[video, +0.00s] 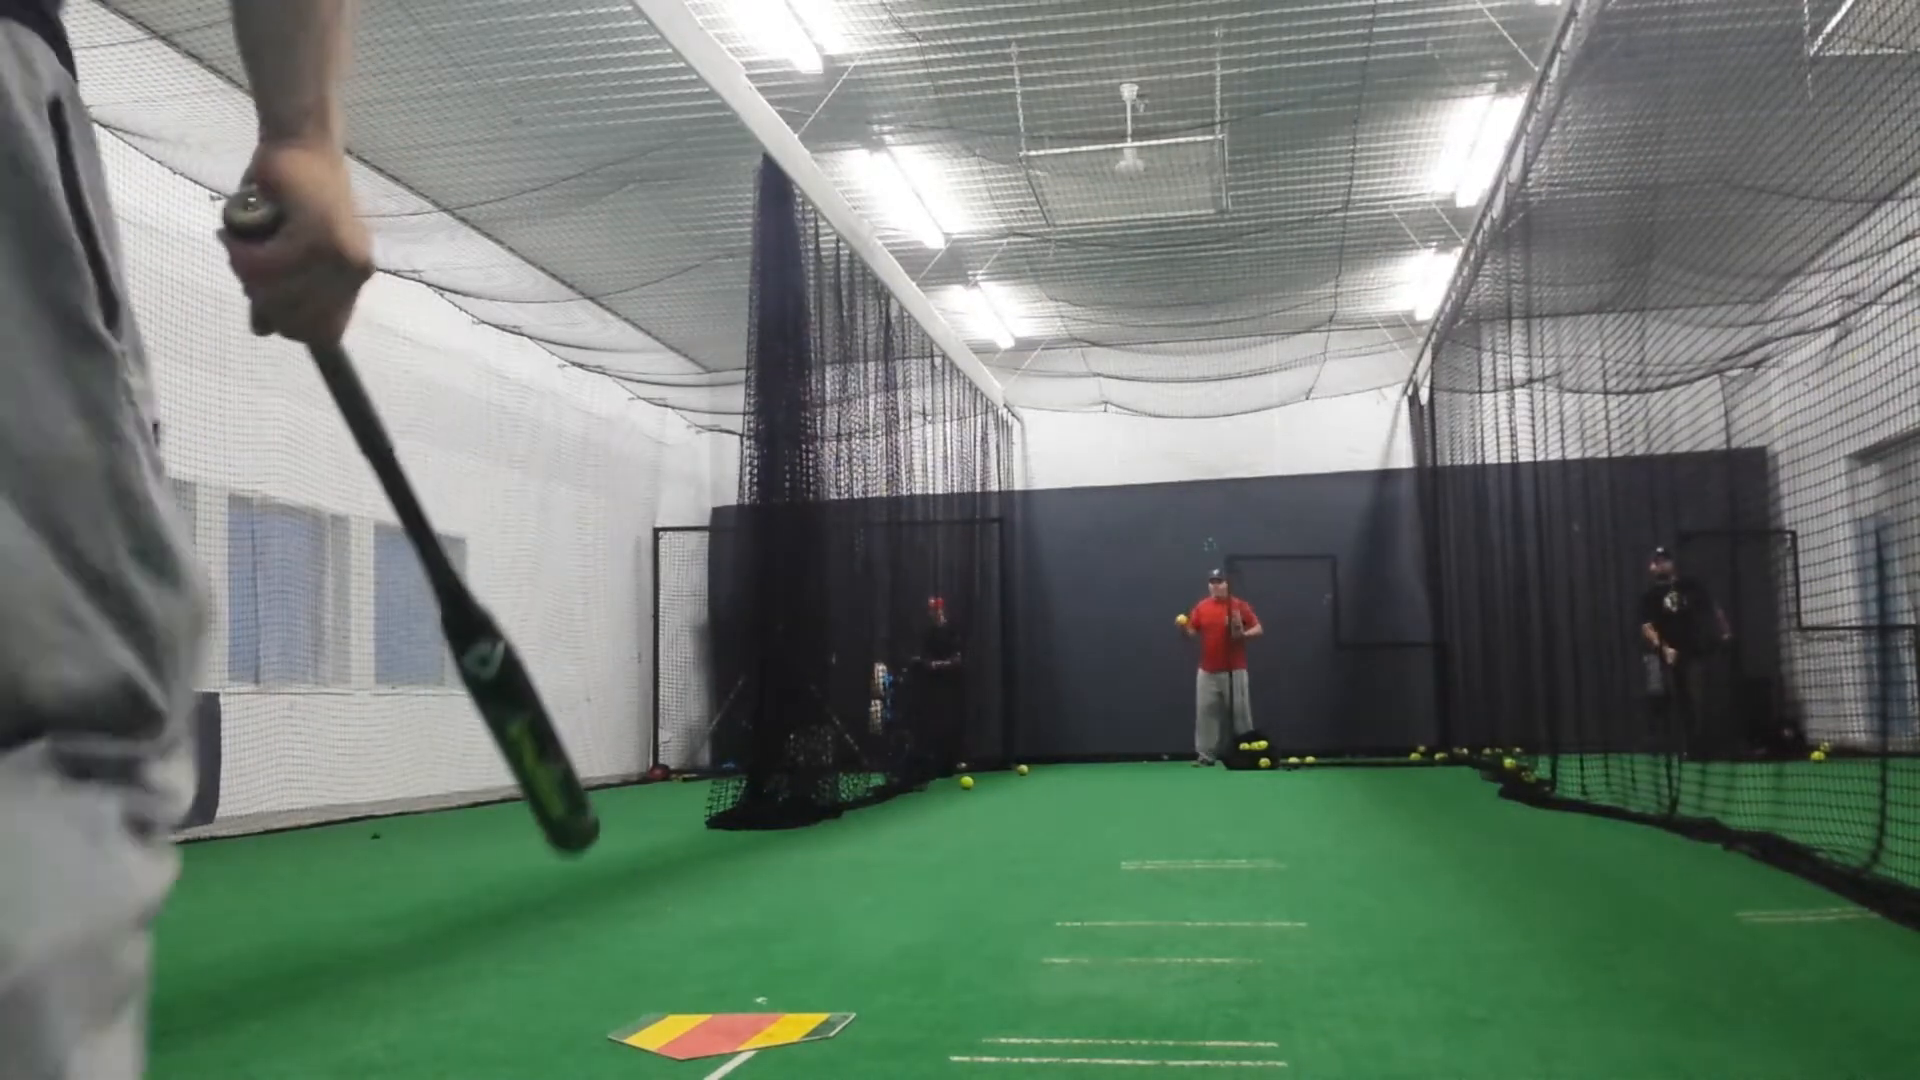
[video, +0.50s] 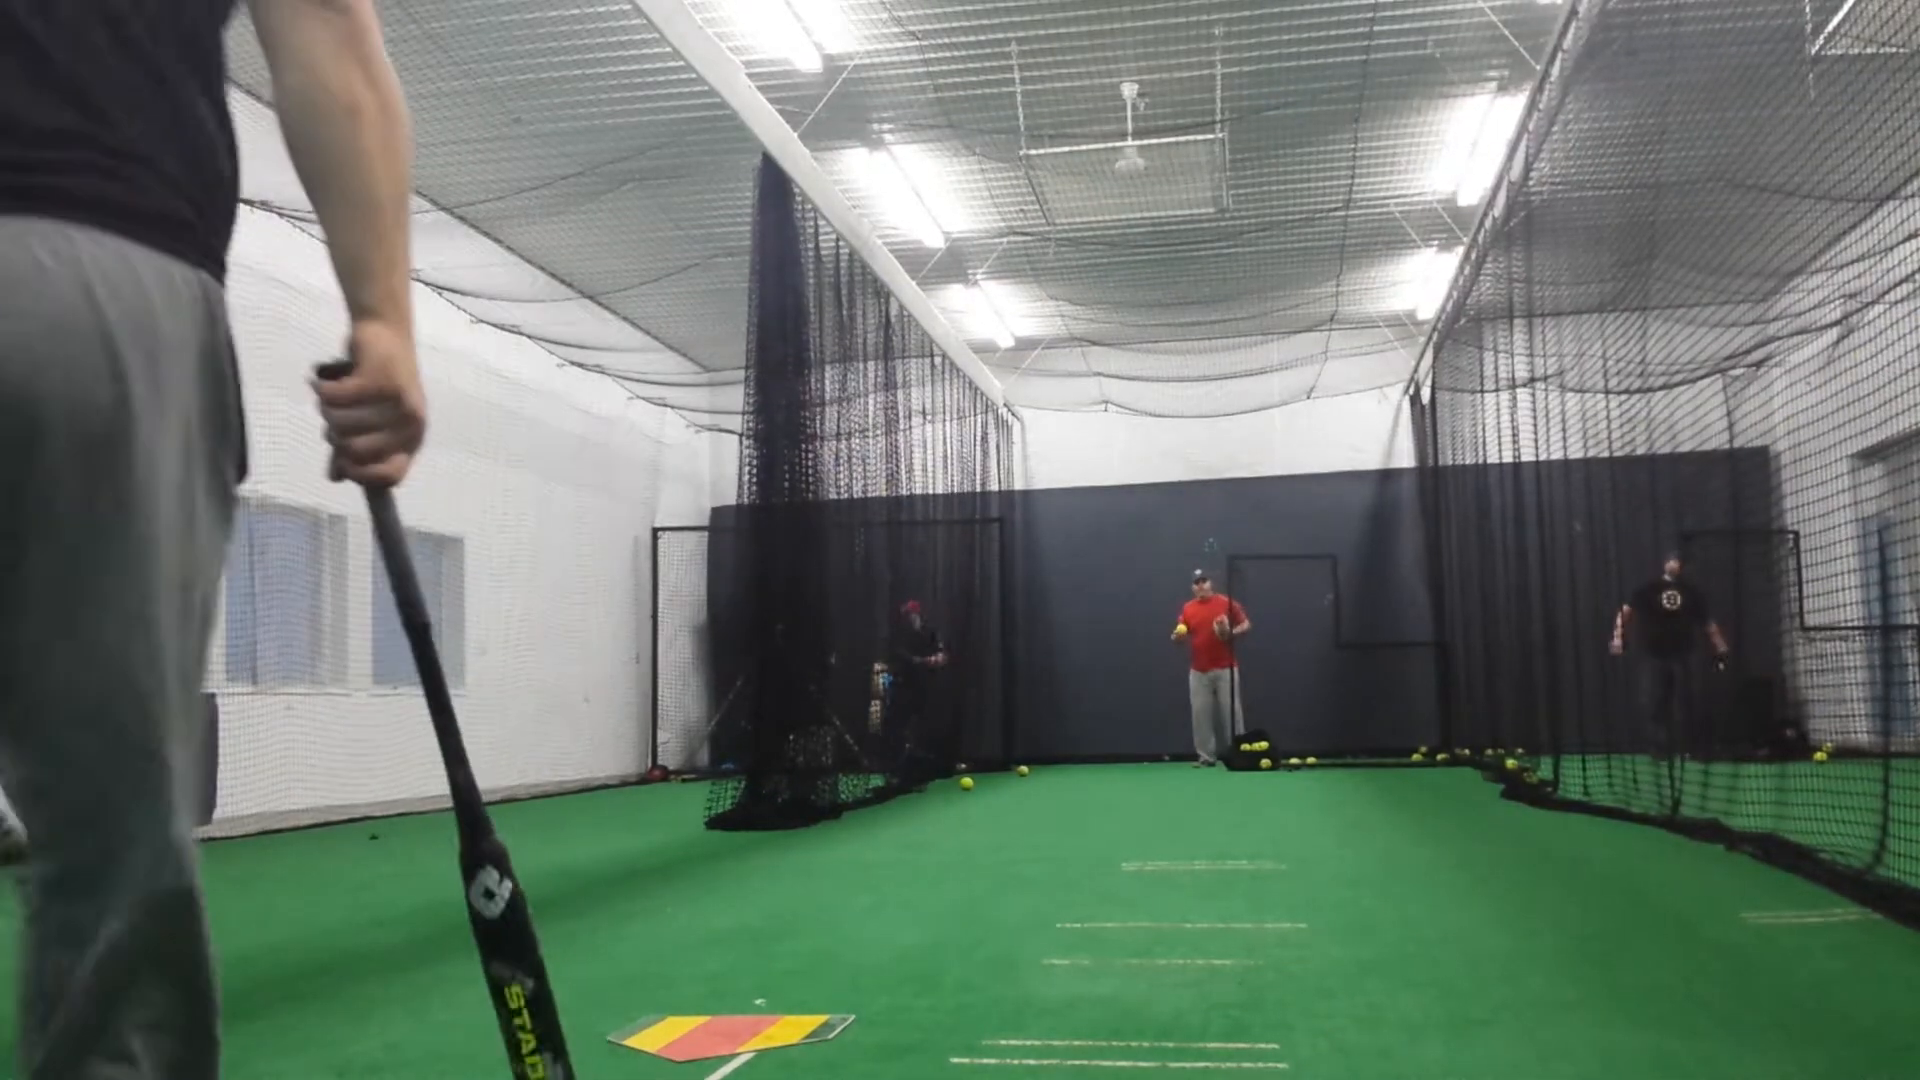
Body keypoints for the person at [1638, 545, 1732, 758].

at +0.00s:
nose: (1661, 568)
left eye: (1664, 562)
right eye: (1656, 563)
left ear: (1673, 564)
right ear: (1651, 568)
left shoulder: (1692, 586)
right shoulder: (1651, 595)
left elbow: (1713, 608)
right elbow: (1647, 626)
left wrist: (1724, 630)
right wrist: (1663, 648)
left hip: (1698, 647)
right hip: (1671, 652)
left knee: (1699, 696)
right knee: (1672, 697)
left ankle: (1701, 743)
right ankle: (1676, 744)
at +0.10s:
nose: (1664, 568)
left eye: (1669, 563)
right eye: (1660, 563)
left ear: (1676, 565)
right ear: (1654, 566)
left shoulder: (1690, 589)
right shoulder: (1650, 593)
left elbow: (1710, 611)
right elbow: (1640, 625)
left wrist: (1722, 633)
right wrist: (1660, 650)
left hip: (1690, 651)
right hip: (1664, 654)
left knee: (1690, 699)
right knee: (1661, 701)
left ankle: (1692, 746)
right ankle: (1662, 746)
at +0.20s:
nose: (1668, 570)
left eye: (1671, 565)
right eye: (1664, 565)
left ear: (1678, 568)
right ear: (1656, 568)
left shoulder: (1689, 593)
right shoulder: (1649, 595)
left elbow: (1708, 620)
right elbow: (1634, 626)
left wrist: (1723, 644)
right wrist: (1651, 650)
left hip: (1687, 654)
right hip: (1661, 657)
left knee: (1689, 701)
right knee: (1658, 701)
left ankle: (1692, 747)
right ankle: (1660, 747)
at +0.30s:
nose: (1669, 570)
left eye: (1672, 565)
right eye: (1665, 565)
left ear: (1678, 569)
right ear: (1657, 568)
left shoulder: (1687, 594)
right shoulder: (1646, 594)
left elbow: (1705, 623)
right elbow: (1630, 623)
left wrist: (1721, 648)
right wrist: (1639, 650)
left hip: (1684, 654)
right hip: (1656, 655)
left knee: (1687, 699)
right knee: (1657, 699)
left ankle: (1690, 745)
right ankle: (1660, 745)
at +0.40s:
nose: (1670, 571)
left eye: (1674, 567)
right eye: (1667, 567)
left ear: (1679, 570)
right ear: (1660, 568)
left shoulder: (1687, 593)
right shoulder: (1645, 592)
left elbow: (1705, 623)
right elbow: (1627, 616)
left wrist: (1720, 649)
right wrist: (1628, 644)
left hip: (1682, 652)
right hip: (1652, 652)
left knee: (1685, 697)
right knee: (1657, 698)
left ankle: (1687, 743)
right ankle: (1658, 745)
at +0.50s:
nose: (1674, 569)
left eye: (1678, 565)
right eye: (1670, 564)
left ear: (1683, 568)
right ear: (1664, 566)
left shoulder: (1692, 592)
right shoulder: (1648, 589)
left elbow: (1709, 624)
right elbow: (1625, 612)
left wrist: (1721, 649)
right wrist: (1618, 638)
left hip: (1683, 655)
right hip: (1653, 655)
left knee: (1685, 700)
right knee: (1653, 701)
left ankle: (1685, 746)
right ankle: (1656, 747)